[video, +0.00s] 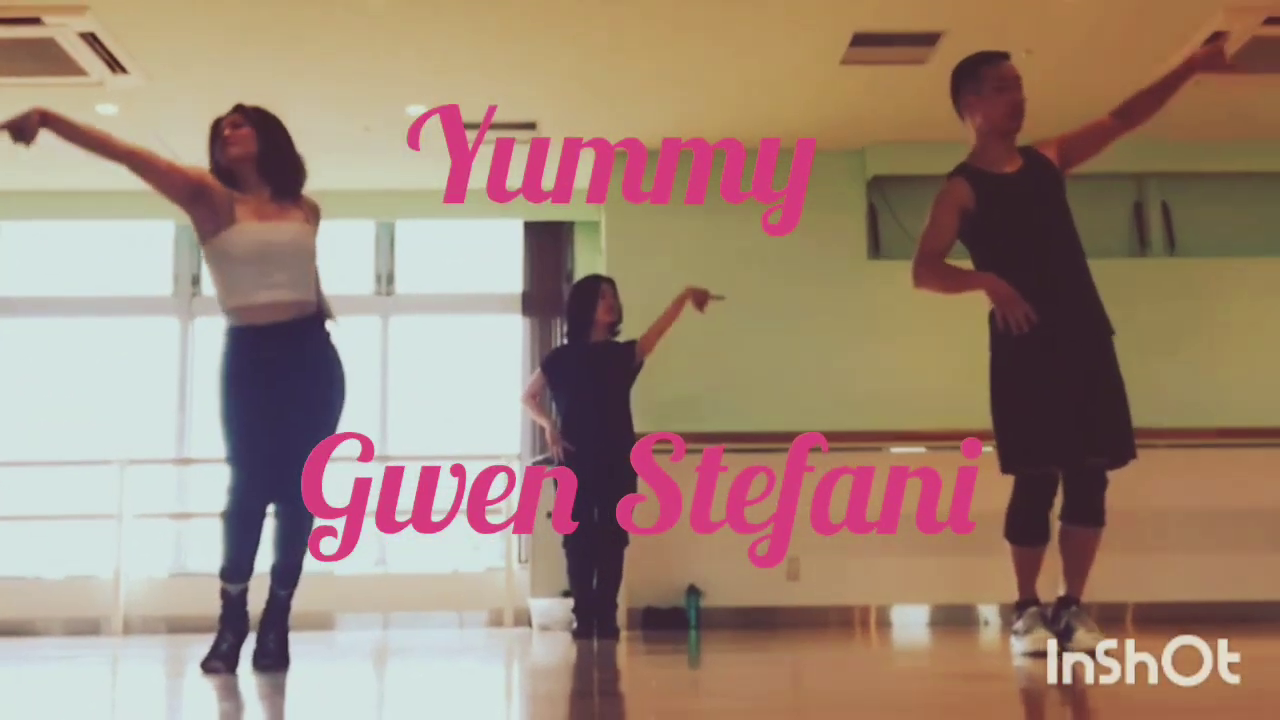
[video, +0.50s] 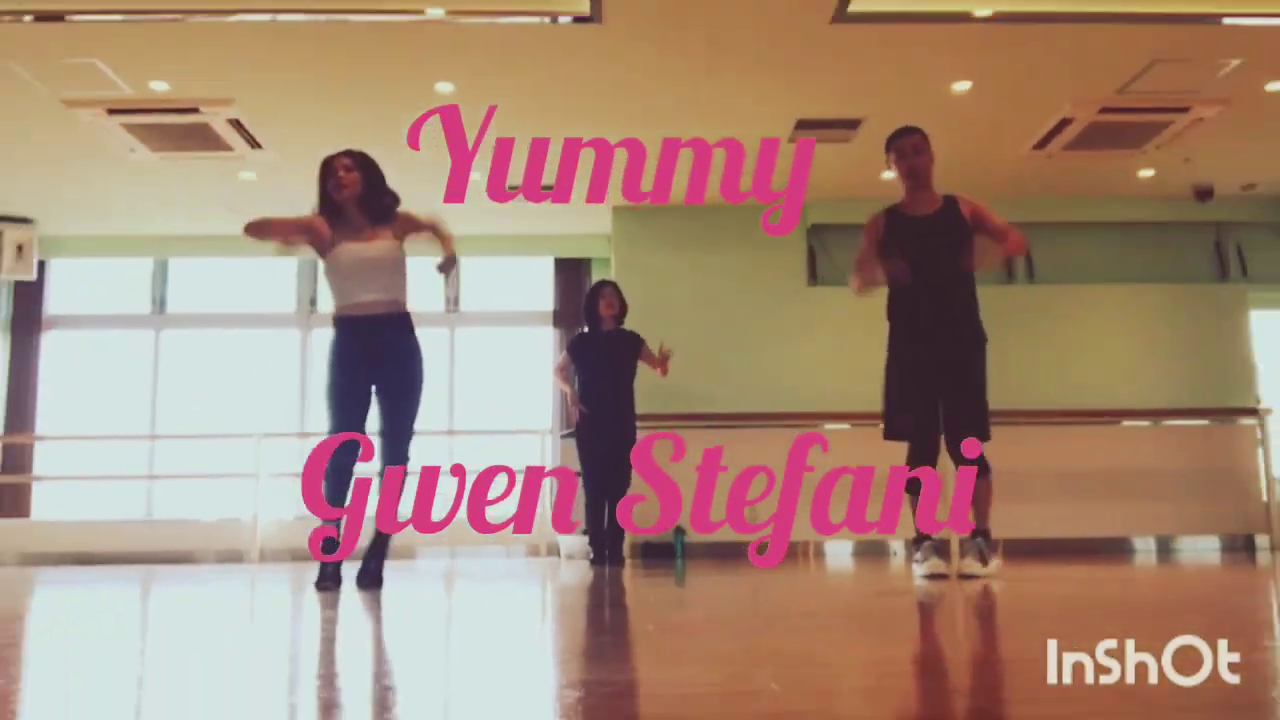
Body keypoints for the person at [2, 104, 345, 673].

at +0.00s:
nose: (232, 132)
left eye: (244, 124)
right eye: (223, 129)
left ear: (271, 141)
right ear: (217, 151)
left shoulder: (305, 208)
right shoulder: (209, 198)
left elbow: (304, 272)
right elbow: (128, 155)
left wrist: (318, 311)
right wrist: (44, 118)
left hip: (312, 358)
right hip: (252, 360)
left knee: (299, 492)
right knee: (251, 488)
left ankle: (278, 618)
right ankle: (232, 617)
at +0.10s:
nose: (242, 143)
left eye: (252, 136)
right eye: (233, 142)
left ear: (279, 150)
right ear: (226, 162)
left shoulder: (313, 219)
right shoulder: (220, 210)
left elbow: (315, 286)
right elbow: (144, 155)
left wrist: (327, 322)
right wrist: (67, 111)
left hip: (321, 362)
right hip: (261, 364)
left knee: (308, 492)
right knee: (259, 487)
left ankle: (287, 610)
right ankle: (243, 610)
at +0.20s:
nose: (259, 157)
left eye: (269, 149)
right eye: (249, 156)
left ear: (294, 162)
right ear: (243, 175)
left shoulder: (326, 226)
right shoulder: (238, 219)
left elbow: (330, 290)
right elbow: (173, 158)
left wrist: (340, 323)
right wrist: (107, 105)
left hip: (335, 363)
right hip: (278, 367)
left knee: (327, 484)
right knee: (275, 484)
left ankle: (303, 601)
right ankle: (259, 601)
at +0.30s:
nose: (285, 166)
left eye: (295, 159)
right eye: (275, 164)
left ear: (316, 174)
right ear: (269, 183)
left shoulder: (346, 233)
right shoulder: (262, 227)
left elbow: (355, 278)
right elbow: (198, 167)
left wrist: (369, 305)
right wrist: (159, 102)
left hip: (355, 363)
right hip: (300, 366)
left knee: (346, 480)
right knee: (296, 475)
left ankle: (324, 587)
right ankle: (283, 585)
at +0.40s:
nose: (311, 172)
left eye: (320, 164)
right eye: (303, 169)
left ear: (341, 173)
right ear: (296, 183)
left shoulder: (372, 230)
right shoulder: (291, 228)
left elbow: (386, 271)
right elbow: (220, 207)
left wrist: (418, 290)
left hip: (376, 354)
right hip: (327, 356)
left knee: (367, 468)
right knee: (322, 464)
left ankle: (349, 568)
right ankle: (311, 571)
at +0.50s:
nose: (342, 177)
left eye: (350, 169)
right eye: (334, 174)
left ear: (368, 178)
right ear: (327, 187)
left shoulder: (394, 222)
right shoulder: (322, 227)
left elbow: (436, 227)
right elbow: (253, 228)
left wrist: (450, 252)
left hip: (397, 340)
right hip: (350, 343)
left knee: (395, 449)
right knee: (344, 447)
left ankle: (381, 544)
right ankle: (330, 546)